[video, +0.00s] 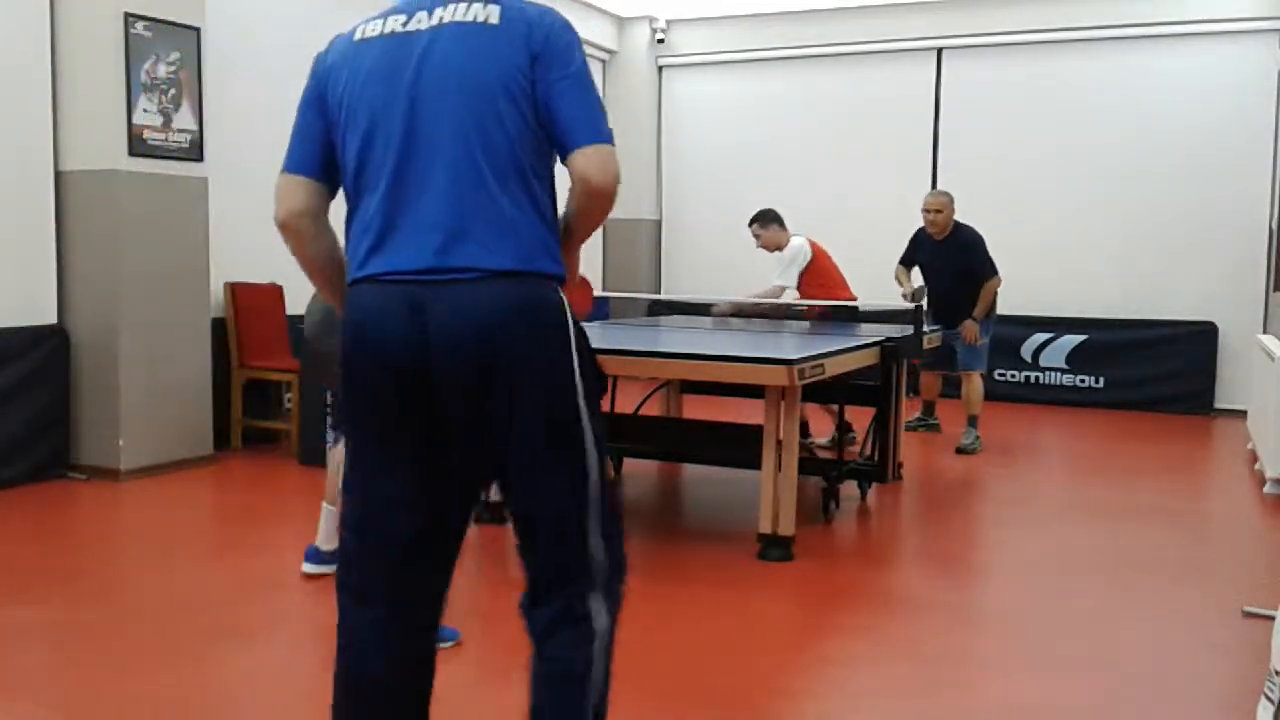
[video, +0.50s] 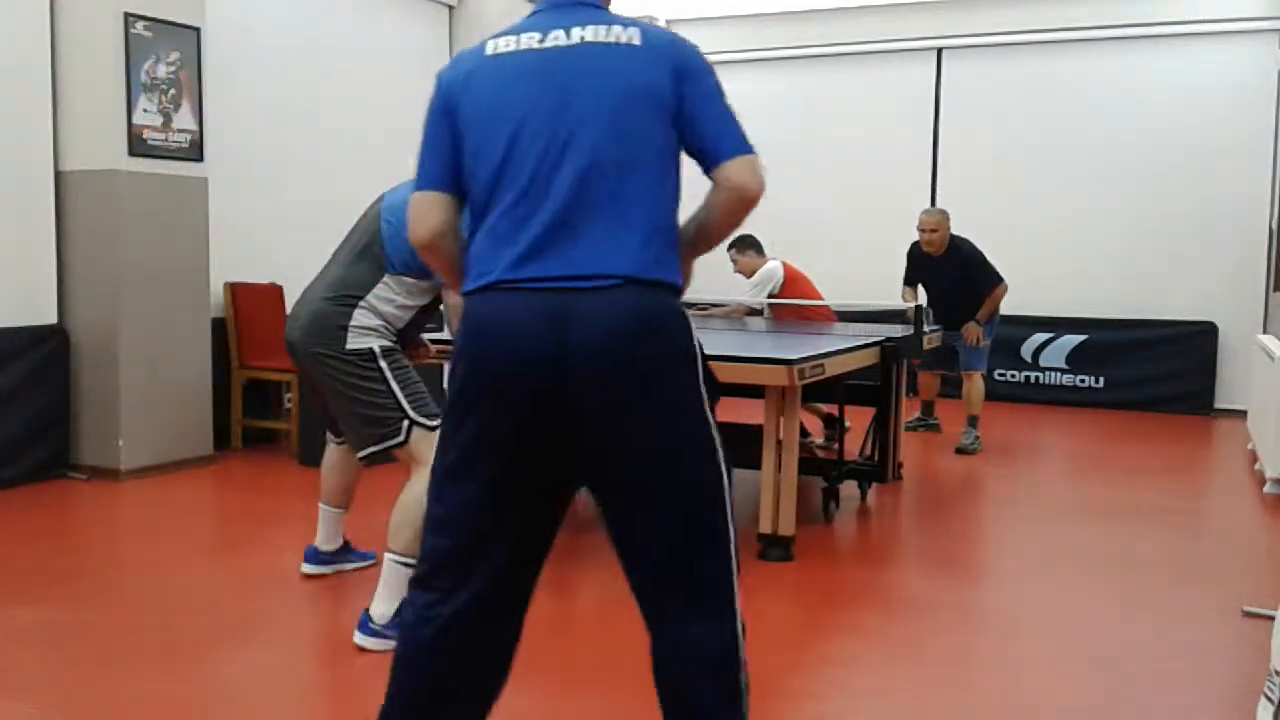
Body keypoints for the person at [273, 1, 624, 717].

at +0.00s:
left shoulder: (342, 53)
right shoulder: (536, 26)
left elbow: (296, 212)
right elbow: (598, 177)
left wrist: (357, 303)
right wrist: (564, 247)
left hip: (383, 328)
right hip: (515, 322)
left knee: (385, 589)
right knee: (571, 579)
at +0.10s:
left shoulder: (348, 57)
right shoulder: (536, 24)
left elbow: (309, 215)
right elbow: (591, 169)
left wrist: (374, 302)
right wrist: (564, 244)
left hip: (395, 329)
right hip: (526, 321)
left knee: (401, 591)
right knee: (601, 578)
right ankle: (609, 706)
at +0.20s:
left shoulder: (366, 63)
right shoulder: (553, 28)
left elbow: (329, 222)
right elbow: (606, 170)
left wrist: (401, 286)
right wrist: (578, 250)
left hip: (414, 329)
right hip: (544, 324)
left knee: (409, 591)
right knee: (615, 574)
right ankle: (664, 706)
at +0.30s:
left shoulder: (398, 69)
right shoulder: (588, 38)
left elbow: (361, 234)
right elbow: (651, 173)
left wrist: (435, 291)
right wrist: (611, 247)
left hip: (444, 335)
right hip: (572, 332)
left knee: (420, 595)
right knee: (633, 581)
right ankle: (686, 707)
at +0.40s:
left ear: (500, 2)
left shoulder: (441, 74)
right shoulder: (636, 50)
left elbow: (399, 234)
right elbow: (707, 183)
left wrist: (463, 293)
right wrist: (645, 250)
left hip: (482, 340)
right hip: (612, 337)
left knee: (445, 598)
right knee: (665, 591)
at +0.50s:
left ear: (531, 3)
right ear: (607, 1)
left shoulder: (464, 69)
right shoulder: (665, 49)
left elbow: (429, 226)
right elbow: (742, 180)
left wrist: (484, 291)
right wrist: (679, 249)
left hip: (503, 337)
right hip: (637, 333)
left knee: (461, 587)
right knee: (688, 587)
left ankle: (417, 714)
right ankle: (709, 712)